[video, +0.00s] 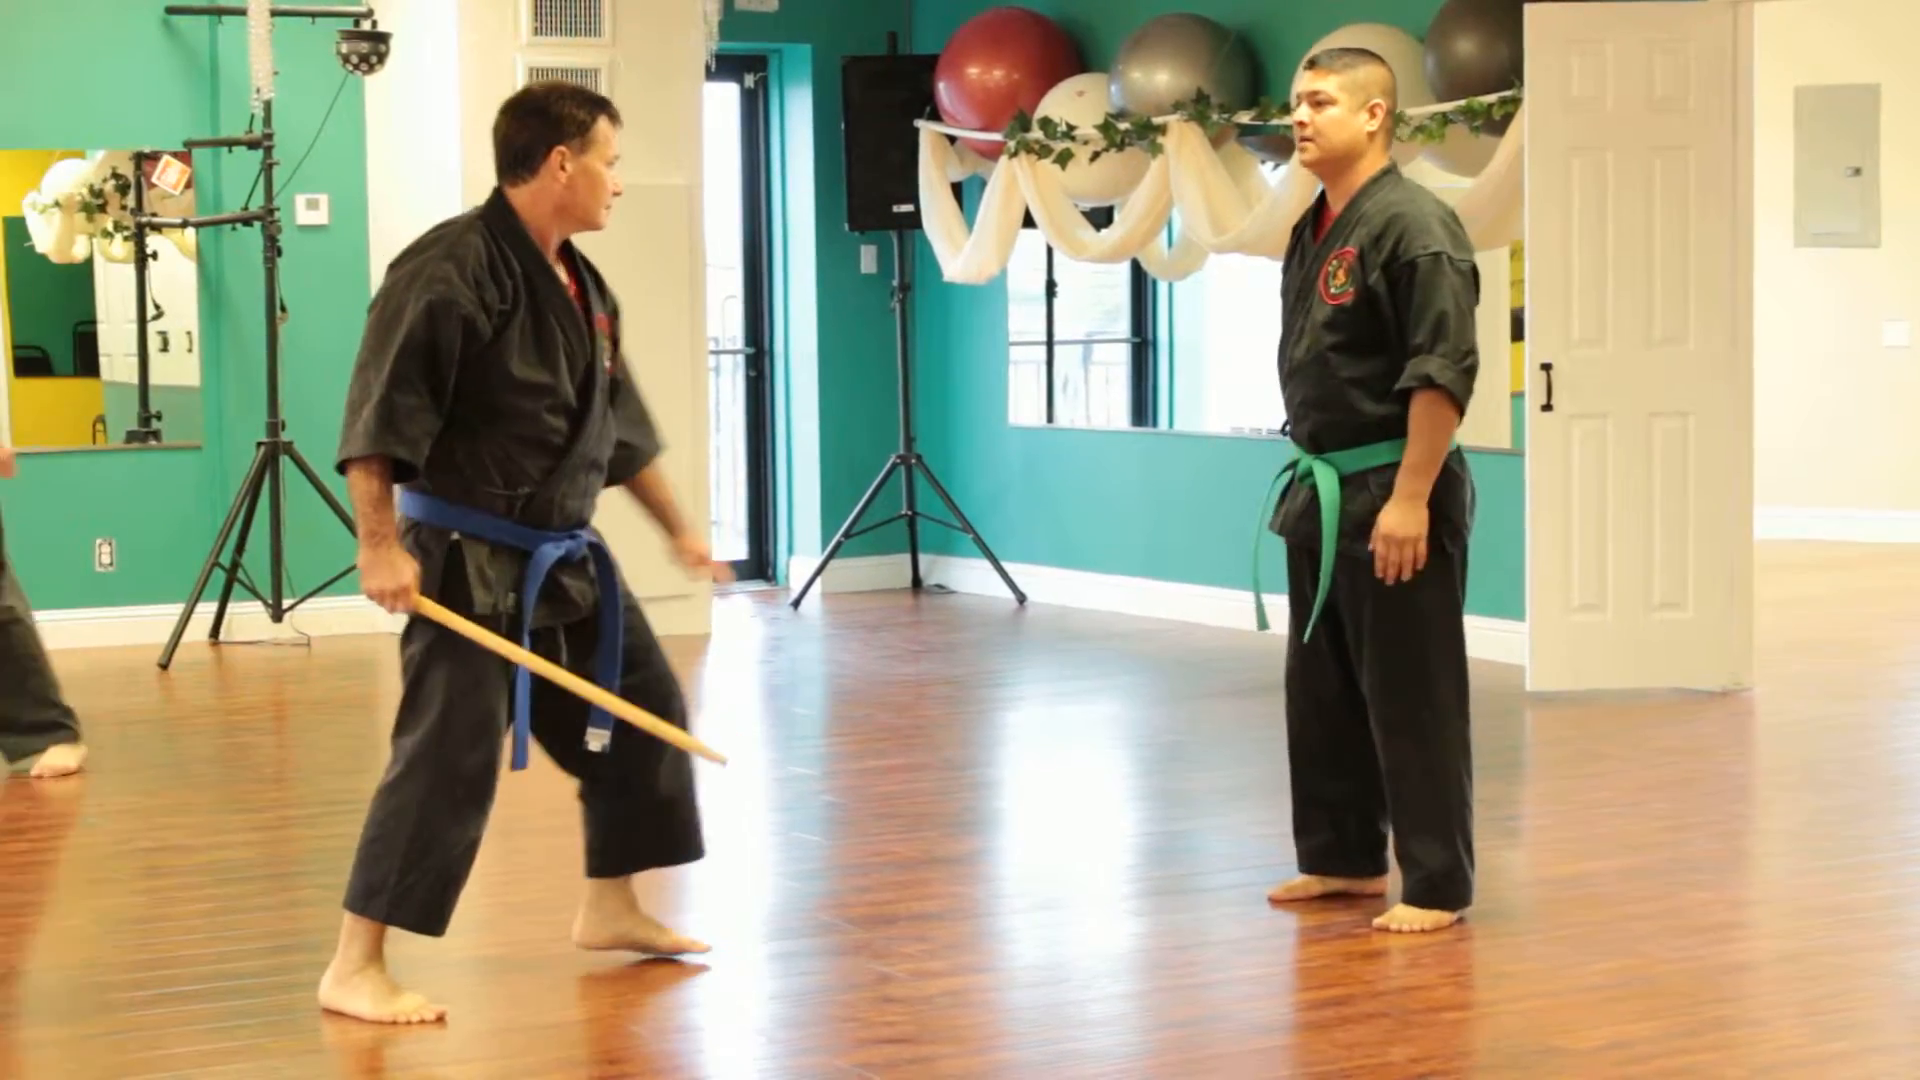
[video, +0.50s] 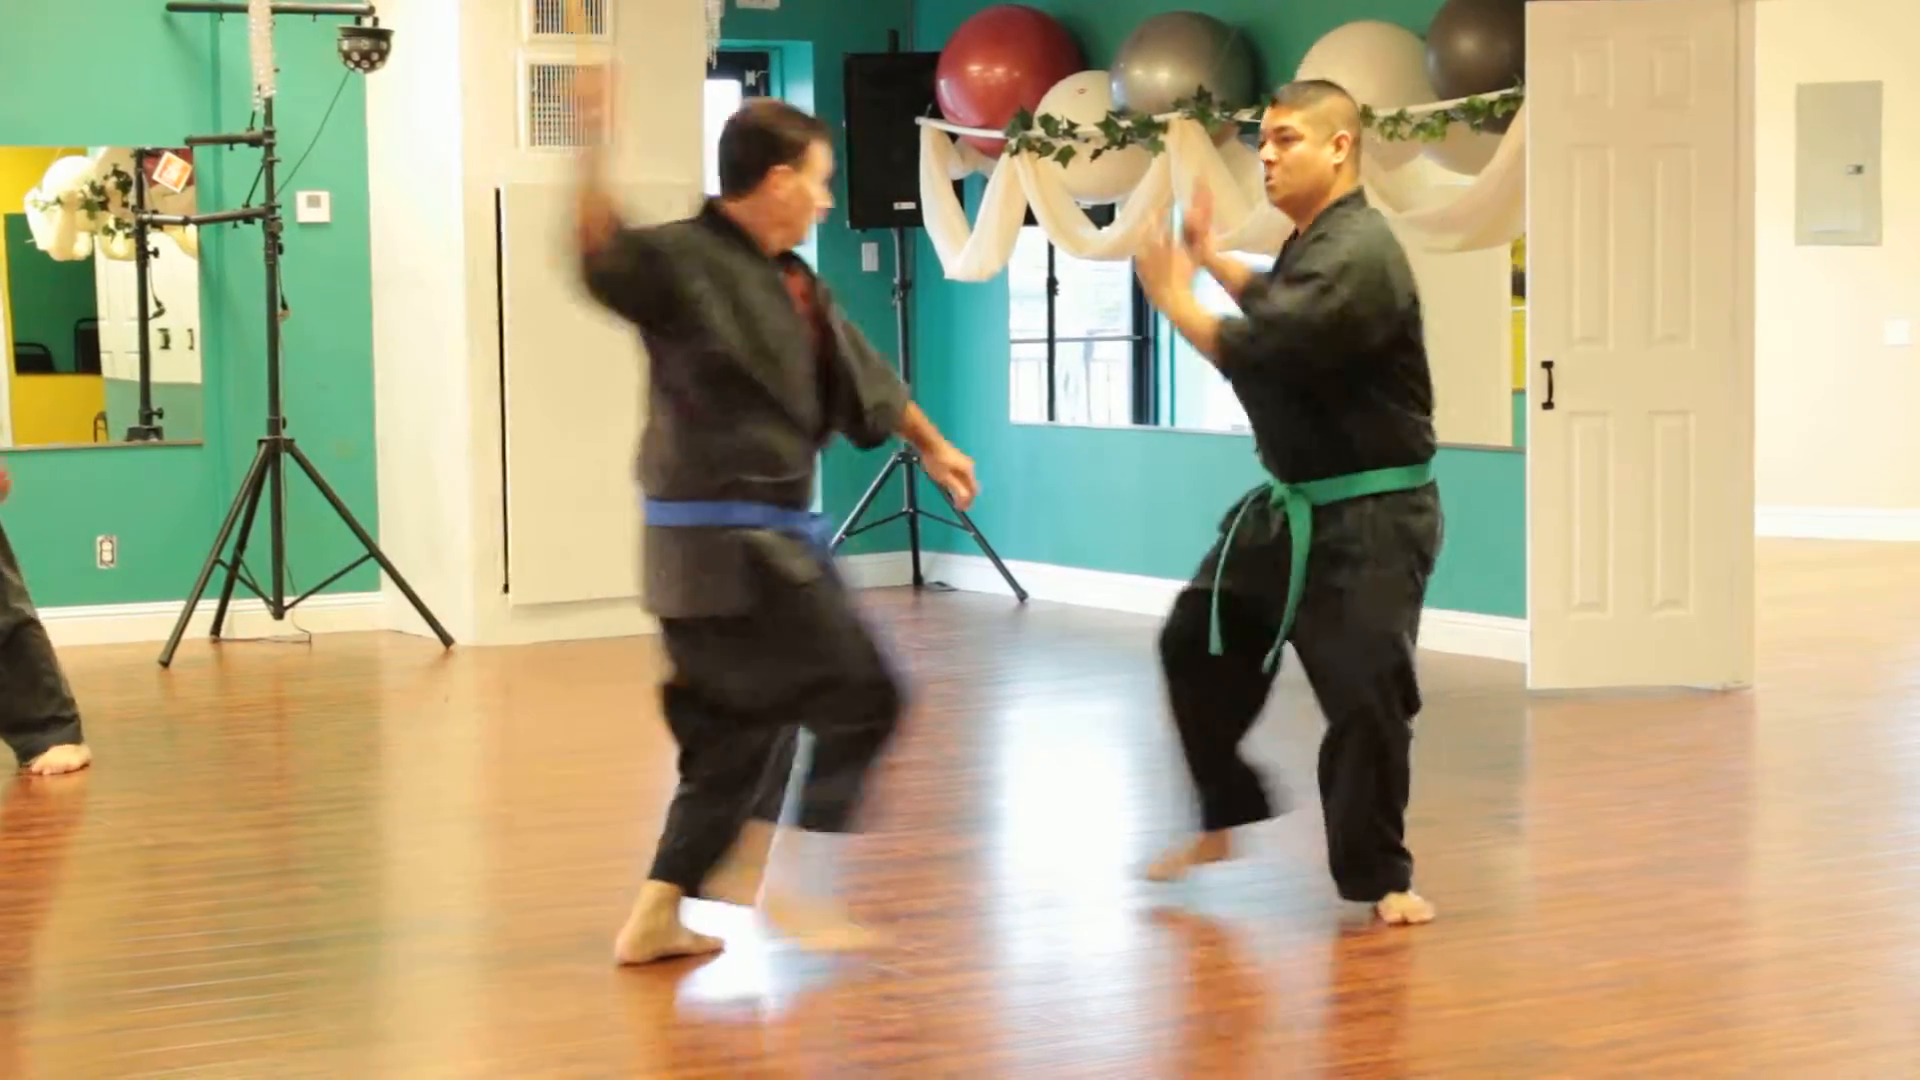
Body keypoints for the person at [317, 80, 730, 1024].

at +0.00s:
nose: (619, 184)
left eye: (618, 165)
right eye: (610, 164)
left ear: (561, 164)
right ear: (559, 164)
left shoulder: (581, 284)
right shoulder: (447, 267)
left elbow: (617, 424)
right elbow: (376, 407)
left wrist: (679, 527)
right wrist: (378, 540)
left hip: (563, 546)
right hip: (463, 545)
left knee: (641, 702)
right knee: (444, 747)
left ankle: (611, 908)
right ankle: (354, 966)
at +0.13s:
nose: (648, 194)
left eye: (647, 175)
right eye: (638, 175)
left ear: (591, 176)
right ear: (588, 175)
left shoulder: (621, 288)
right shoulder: (478, 272)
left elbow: (682, 404)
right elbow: (365, 382)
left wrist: (757, 489)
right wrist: (350, 489)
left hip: (590, 547)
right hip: (494, 541)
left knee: (672, 700)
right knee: (468, 742)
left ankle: (639, 911)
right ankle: (356, 965)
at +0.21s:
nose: (677, 201)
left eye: (677, 184)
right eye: (668, 183)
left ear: (629, 183)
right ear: (616, 181)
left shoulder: (661, 290)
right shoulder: (515, 270)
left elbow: (733, 397)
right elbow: (413, 326)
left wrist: (821, 471)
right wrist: (357, 381)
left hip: (631, 558)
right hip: (534, 553)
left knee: (699, 712)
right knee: (491, 738)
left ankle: (653, 921)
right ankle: (357, 957)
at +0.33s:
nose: (731, 201)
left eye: (732, 185)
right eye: (724, 184)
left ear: (683, 183)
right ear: (677, 182)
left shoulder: (721, 283)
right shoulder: (576, 271)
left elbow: (797, 369)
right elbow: (429, 322)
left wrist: (880, 439)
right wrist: (405, 268)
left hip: (698, 545)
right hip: (611, 542)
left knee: (737, 724)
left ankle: (655, 920)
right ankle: (444, 893)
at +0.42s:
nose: (779, 202)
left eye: (780, 184)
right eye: (771, 184)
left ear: (726, 183)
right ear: (722, 183)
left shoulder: (760, 280)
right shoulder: (627, 265)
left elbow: (832, 365)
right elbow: (499, 283)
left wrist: (910, 432)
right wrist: (483, 184)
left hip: (745, 540)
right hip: (662, 541)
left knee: (745, 728)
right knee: (739, 728)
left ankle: (656, 917)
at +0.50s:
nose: (826, 198)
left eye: (826, 182)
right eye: (817, 179)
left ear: (771, 182)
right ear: (769, 177)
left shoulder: (795, 284)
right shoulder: (685, 254)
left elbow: (861, 376)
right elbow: (604, 257)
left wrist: (931, 446)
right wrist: (592, 148)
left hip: (752, 535)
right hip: (725, 538)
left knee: (736, 730)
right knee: (862, 694)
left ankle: (655, 916)